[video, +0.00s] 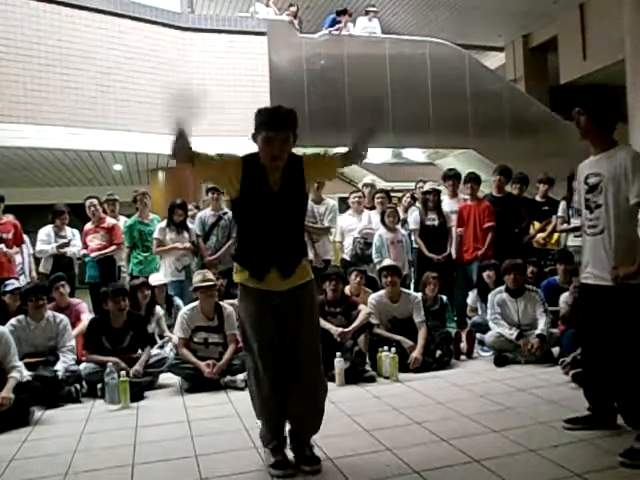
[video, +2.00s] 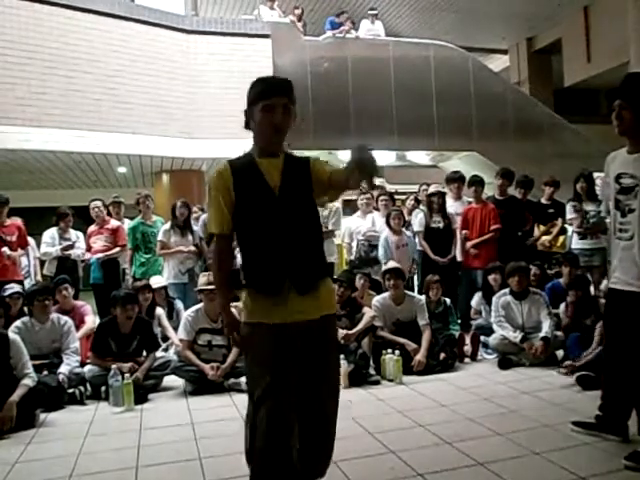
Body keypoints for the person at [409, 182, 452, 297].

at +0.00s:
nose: (432, 198)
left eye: (435, 194)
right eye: (428, 194)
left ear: (438, 197)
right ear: (424, 196)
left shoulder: (444, 214)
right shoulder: (418, 214)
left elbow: (449, 233)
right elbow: (416, 236)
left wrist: (447, 251)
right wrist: (428, 254)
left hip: (443, 257)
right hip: (425, 257)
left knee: (444, 288)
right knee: (424, 288)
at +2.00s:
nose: (437, 200)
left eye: (440, 197)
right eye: (434, 196)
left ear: (443, 199)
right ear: (429, 199)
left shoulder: (449, 216)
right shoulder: (423, 216)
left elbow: (454, 236)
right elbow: (421, 238)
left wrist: (452, 253)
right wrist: (433, 256)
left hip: (447, 258)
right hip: (429, 258)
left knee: (448, 291)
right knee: (429, 290)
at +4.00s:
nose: (435, 200)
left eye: (438, 197)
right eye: (432, 196)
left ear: (443, 200)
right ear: (428, 199)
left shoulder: (449, 218)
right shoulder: (422, 217)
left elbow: (452, 238)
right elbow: (417, 238)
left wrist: (445, 256)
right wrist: (427, 257)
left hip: (444, 261)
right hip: (426, 261)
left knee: (444, 293)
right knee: (425, 293)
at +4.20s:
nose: (436, 201)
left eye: (439, 197)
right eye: (433, 197)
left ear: (444, 200)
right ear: (429, 199)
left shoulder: (450, 218)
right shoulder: (422, 217)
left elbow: (452, 238)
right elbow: (419, 239)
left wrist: (446, 256)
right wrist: (428, 258)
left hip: (444, 260)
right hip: (427, 260)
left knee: (445, 290)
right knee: (425, 290)